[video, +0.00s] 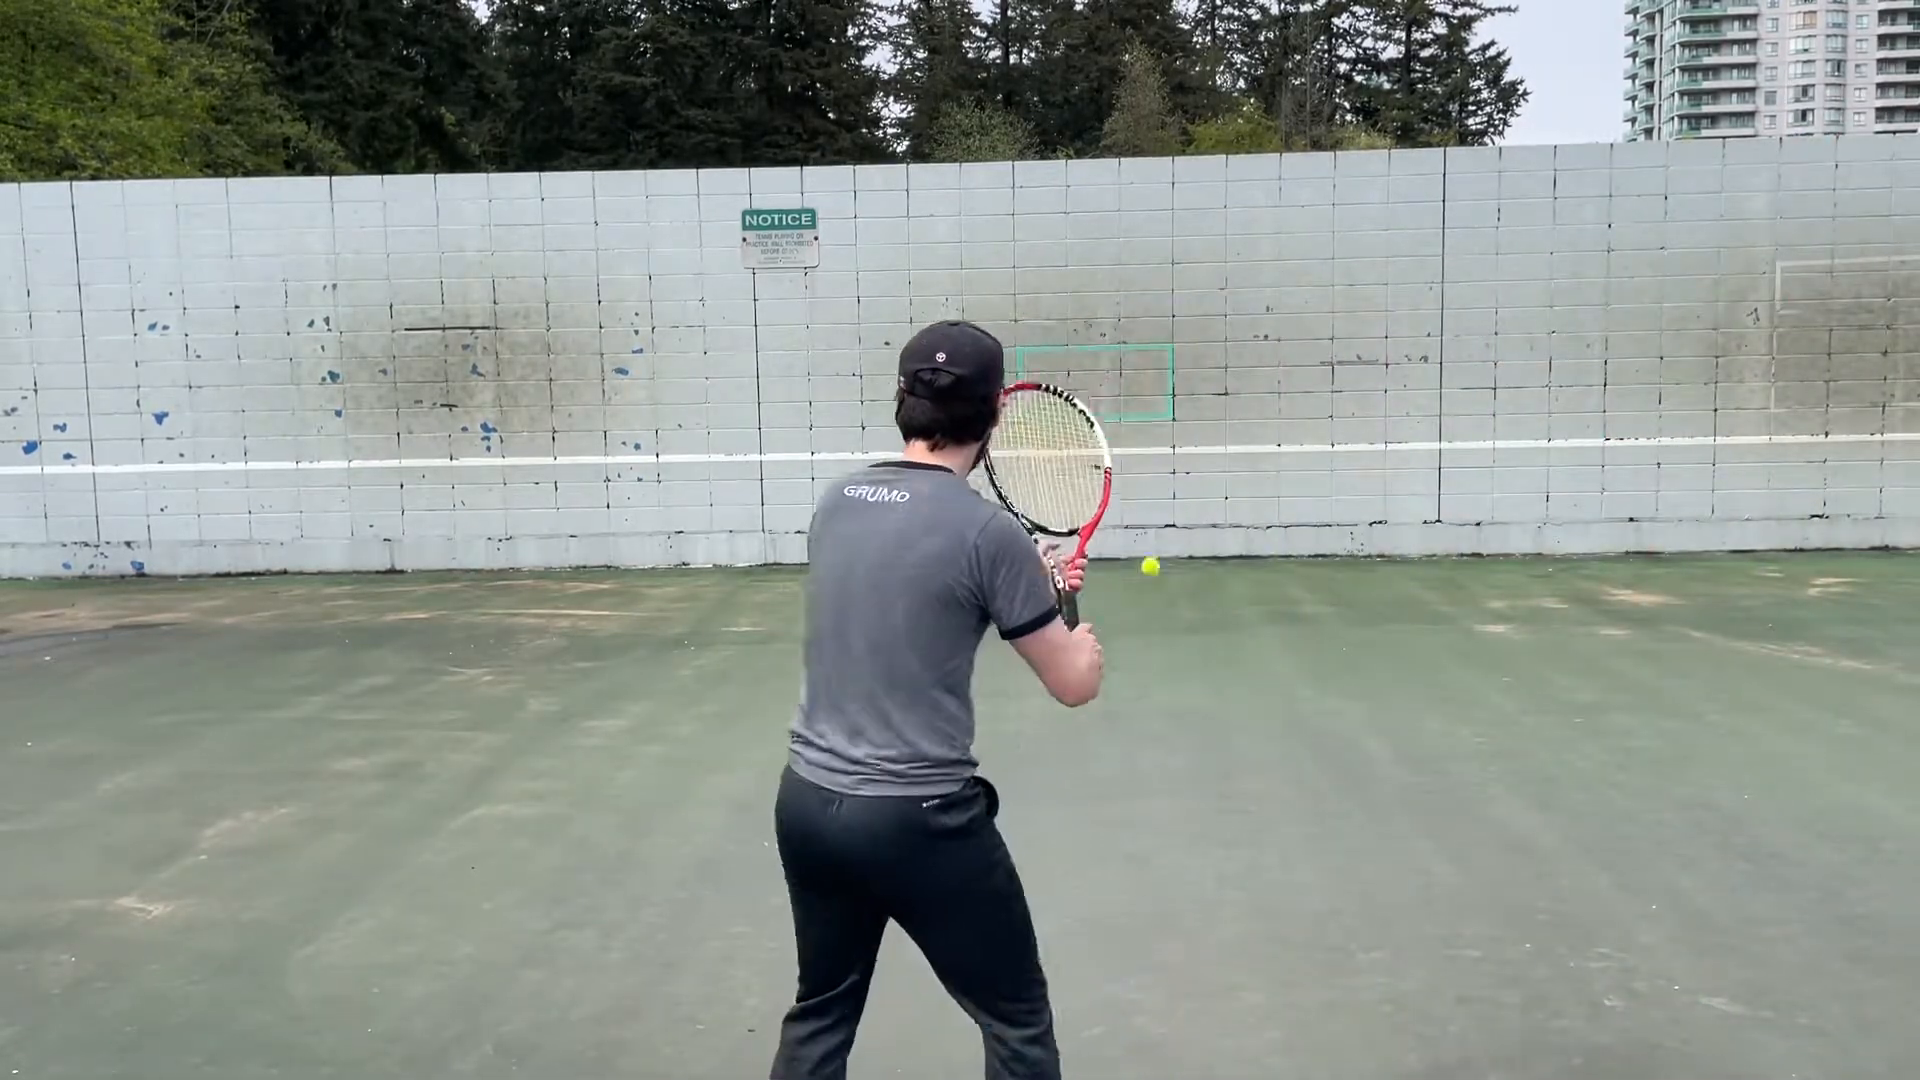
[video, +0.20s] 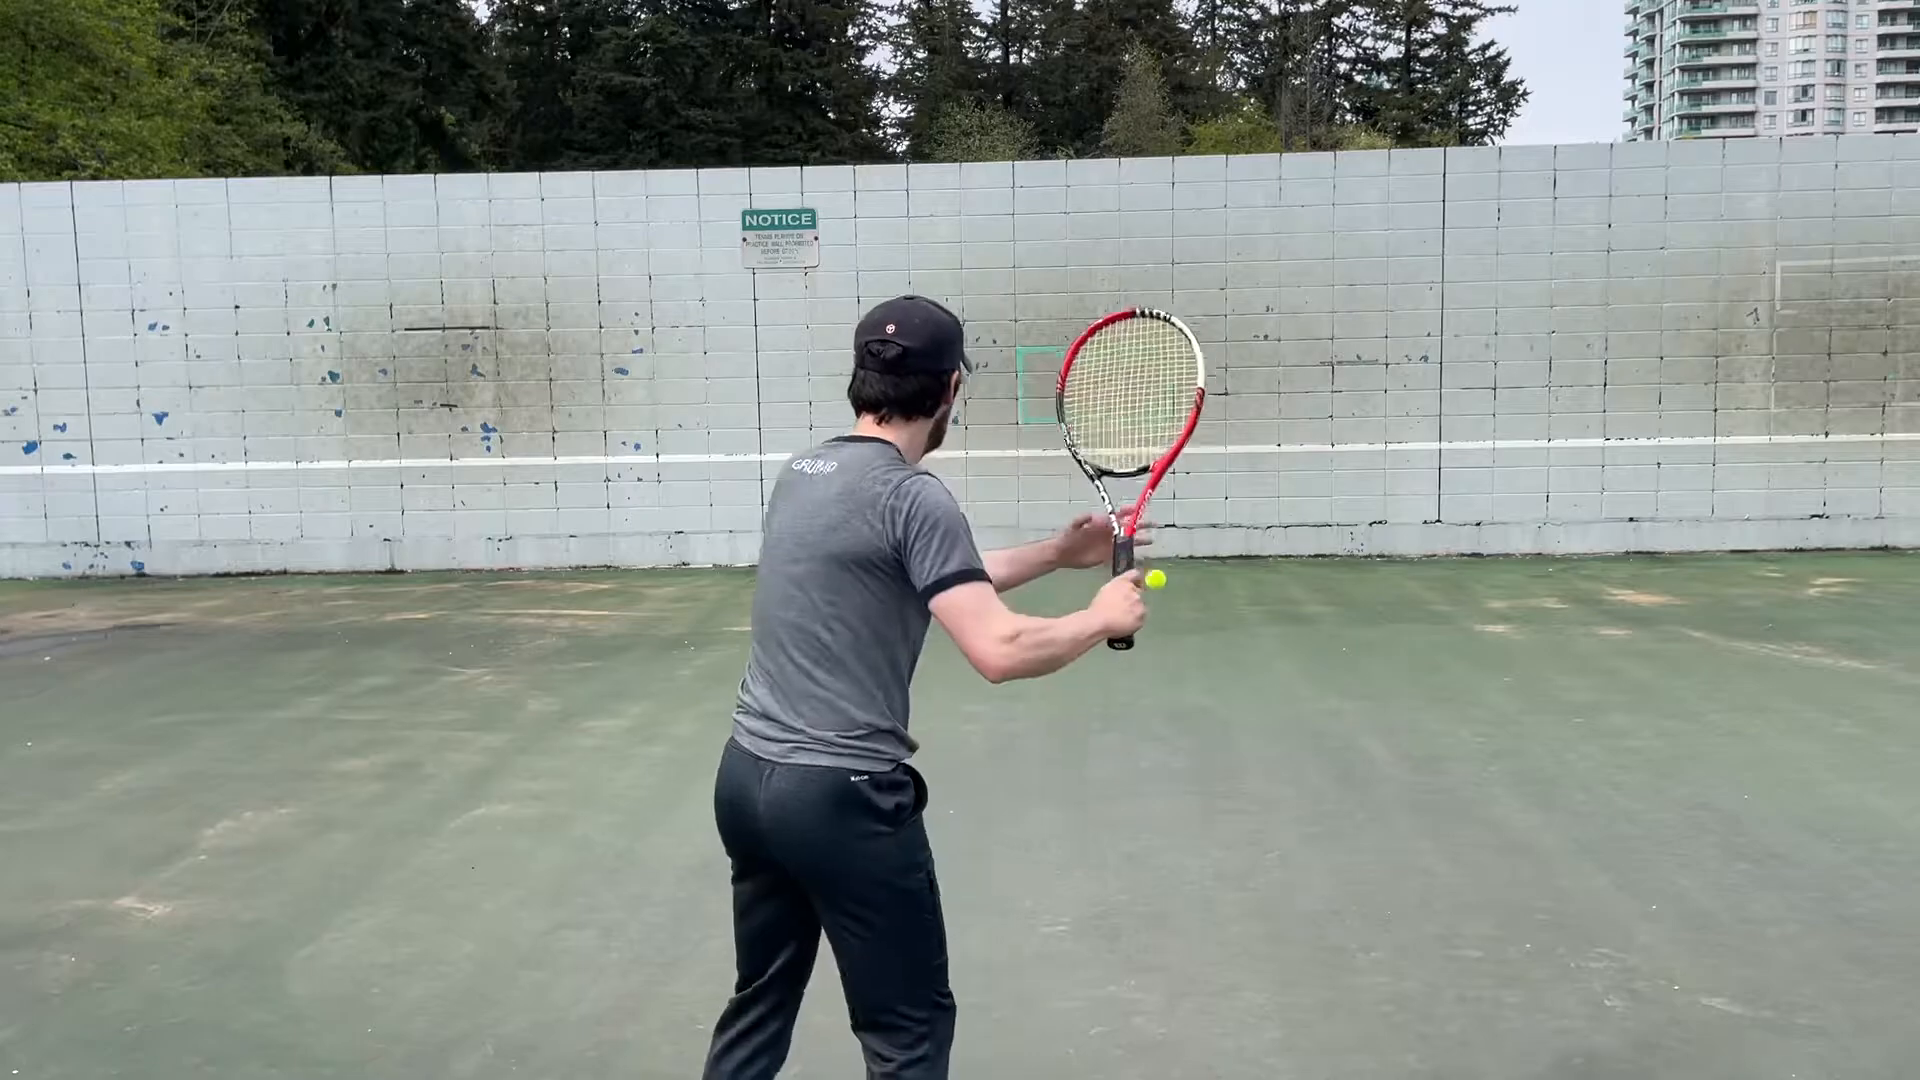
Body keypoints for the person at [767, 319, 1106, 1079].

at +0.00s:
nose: (999, 410)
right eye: (997, 398)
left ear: (902, 403)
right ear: (993, 413)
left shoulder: (839, 503)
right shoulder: (984, 530)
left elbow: (904, 609)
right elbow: (1076, 681)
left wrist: (1027, 580)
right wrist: (1073, 614)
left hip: (811, 808)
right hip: (926, 823)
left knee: (821, 1008)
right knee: (1017, 1023)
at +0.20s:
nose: (959, 385)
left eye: (956, 372)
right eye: (959, 373)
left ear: (861, 380)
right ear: (950, 387)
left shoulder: (803, 474)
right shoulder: (916, 501)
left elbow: (923, 582)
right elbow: (999, 649)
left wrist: (1056, 552)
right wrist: (1101, 619)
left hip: (750, 780)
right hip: (849, 802)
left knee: (760, 1001)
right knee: (909, 1028)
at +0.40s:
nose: (929, 449)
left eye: (930, 433)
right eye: (930, 433)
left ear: (832, 430)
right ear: (916, 443)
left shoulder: (789, 514)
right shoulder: (822, 528)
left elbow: (895, 609)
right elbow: (828, 642)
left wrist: (1011, 620)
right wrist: (998, 596)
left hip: (686, 826)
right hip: (768, 846)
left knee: (688, 1054)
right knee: (913, 1037)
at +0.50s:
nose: (942, 475)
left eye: (945, 459)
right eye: (945, 458)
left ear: (847, 445)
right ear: (930, 463)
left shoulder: (791, 523)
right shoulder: (823, 539)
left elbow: (880, 633)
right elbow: (753, 637)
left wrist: (987, 679)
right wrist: (906, 602)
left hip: (666, 836)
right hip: (753, 852)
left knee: (684, 1060)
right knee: (892, 1045)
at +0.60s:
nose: (966, 506)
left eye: (973, 486)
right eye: (967, 486)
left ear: (869, 469)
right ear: (937, 487)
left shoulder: (800, 533)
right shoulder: (846, 554)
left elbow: (843, 642)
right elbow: (754, 647)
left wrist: (901, 709)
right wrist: (848, 661)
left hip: (664, 845)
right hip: (753, 866)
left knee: (694, 1057)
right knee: (875, 1063)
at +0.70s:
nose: (983, 512)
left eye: (989, 493)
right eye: (987, 493)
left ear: (895, 465)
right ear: (971, 489)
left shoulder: (799, 533)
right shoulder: (879, 556)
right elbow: (822, 696)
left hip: (674, 856)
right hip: (775, 881)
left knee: (699, 1061)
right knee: (889, 1065)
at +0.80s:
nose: (976, 491)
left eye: (980, 472)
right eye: (980, 472)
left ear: (879, 450)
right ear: (964, 468)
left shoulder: (762, 523)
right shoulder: (924, 586)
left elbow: (656, 612)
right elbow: (923, 771)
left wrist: (624, 690)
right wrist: (950, 949)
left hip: (690, 863)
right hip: (813, 883)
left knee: (701, 1055)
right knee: (882, 1066)